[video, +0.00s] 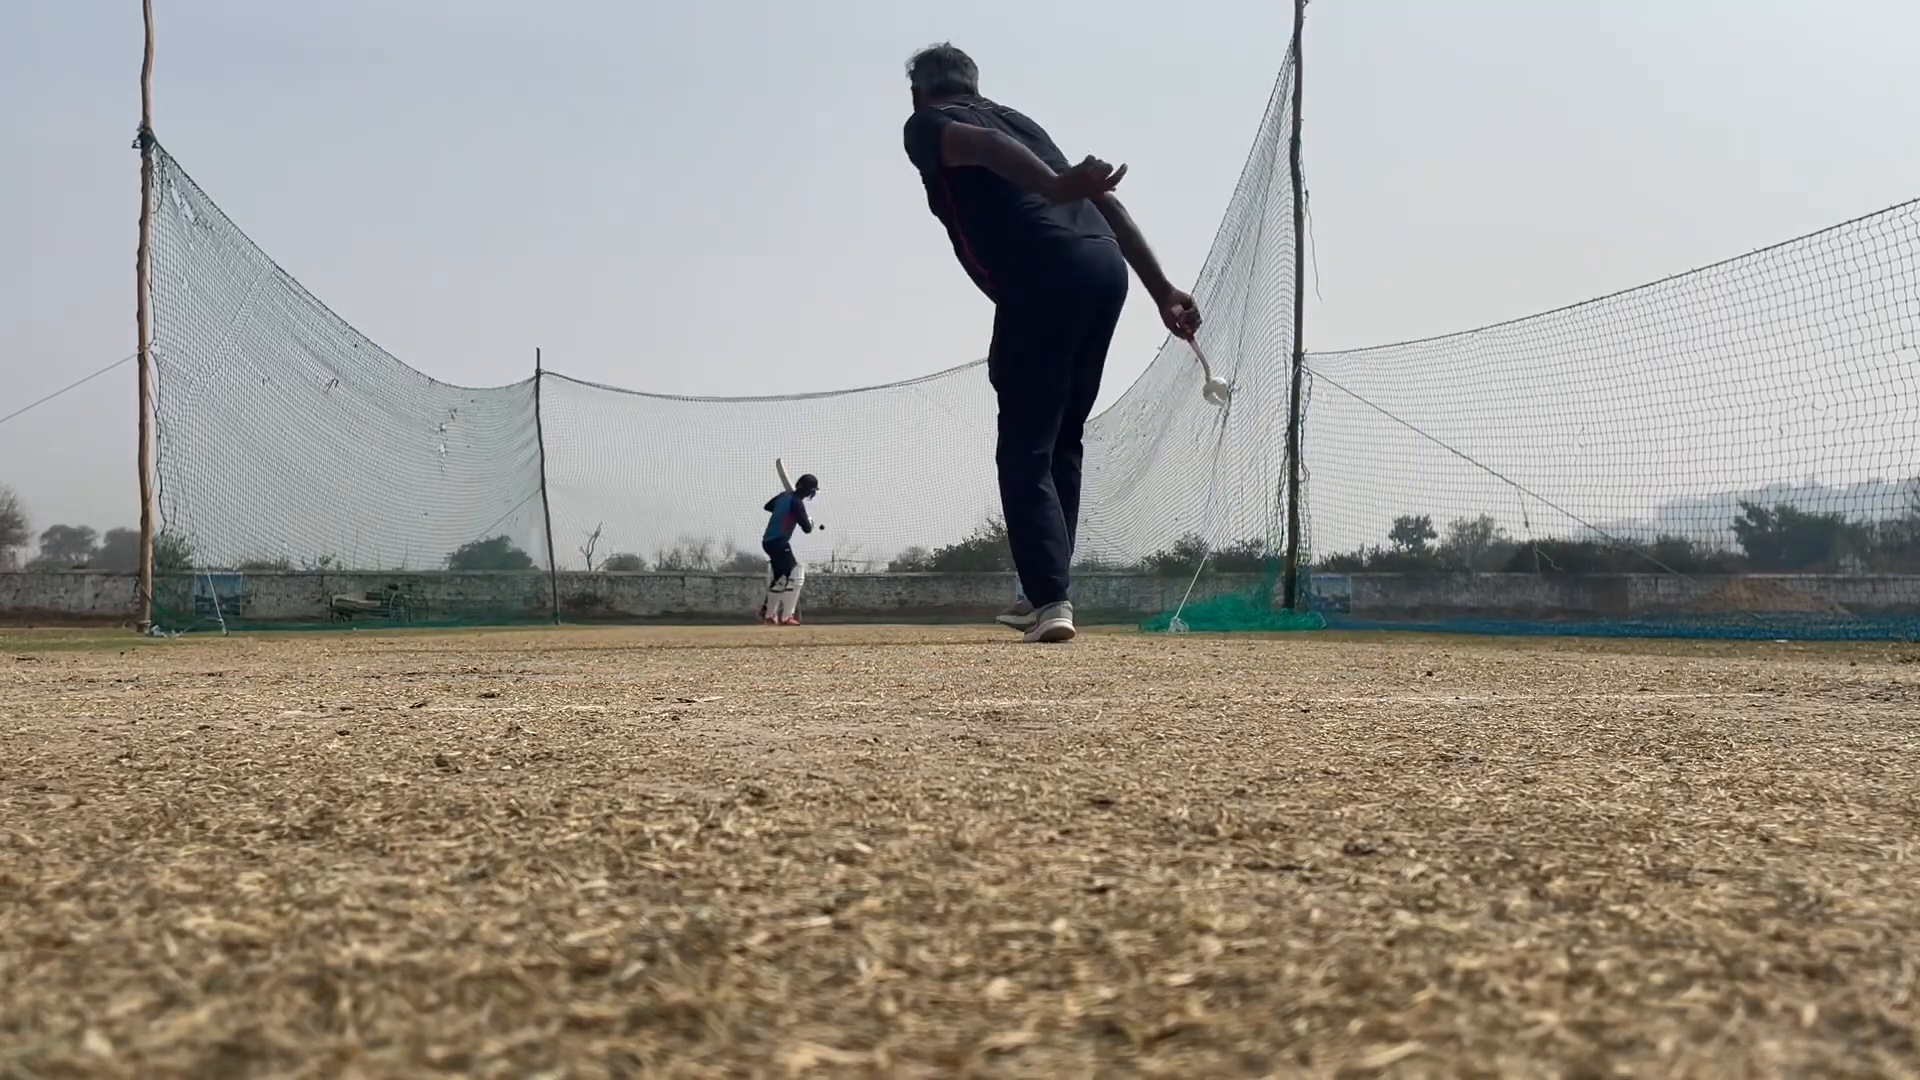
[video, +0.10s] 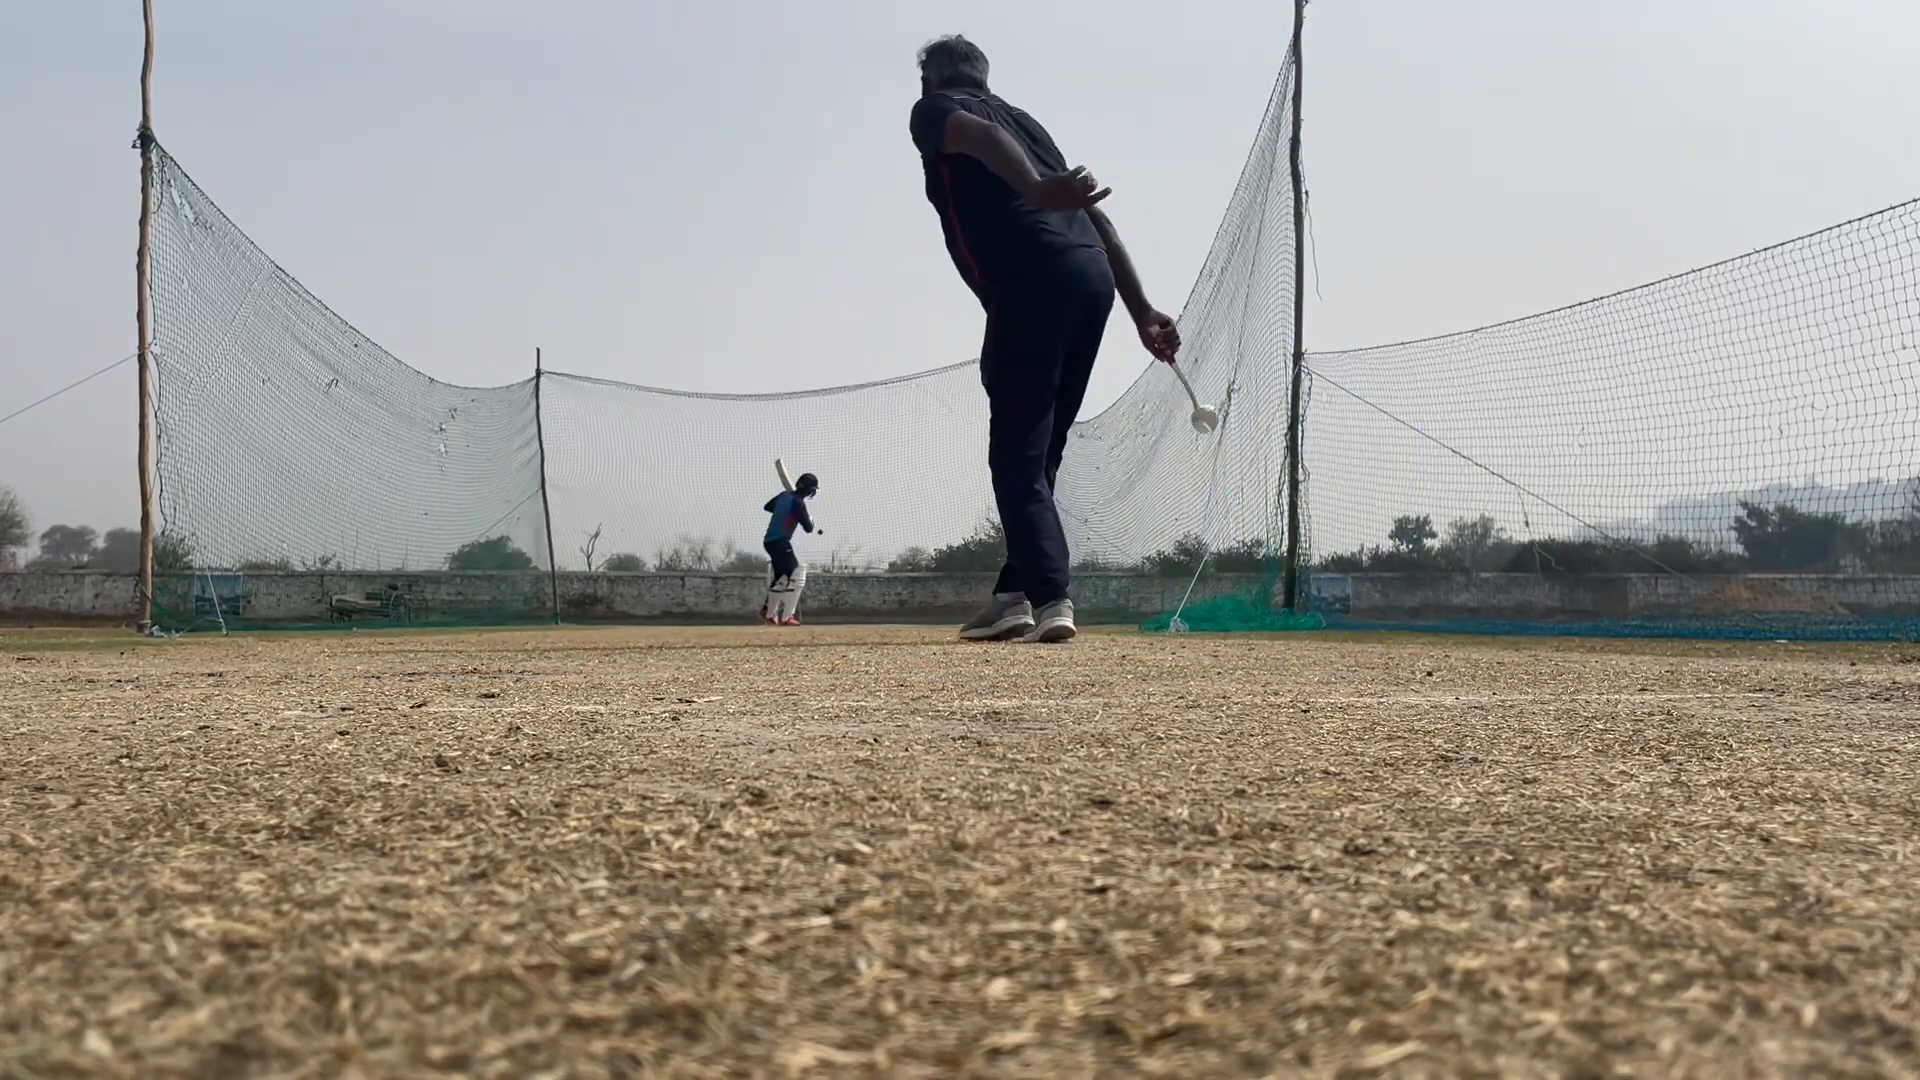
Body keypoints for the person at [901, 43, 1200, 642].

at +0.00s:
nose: (916, 102)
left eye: (915, 94)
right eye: (918, 94)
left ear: (919, 91)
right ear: (974, 86)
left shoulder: (925, 123)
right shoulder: (1022, 124)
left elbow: (986, 146)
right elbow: (1104, 202)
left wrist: (1056, 185)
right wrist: (1162, 288)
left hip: (1042, 275)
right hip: (1105, 270)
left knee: (1024, 447)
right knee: (1064, 440)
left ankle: (1050, 603)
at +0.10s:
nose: (923, 92)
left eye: (923, 82)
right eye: (926, 83)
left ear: (929, 78)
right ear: (982, 79)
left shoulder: (931, 109)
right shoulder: (1026, 124)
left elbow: (983, 134)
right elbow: (1097, 220)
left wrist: (1035, 185)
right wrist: (1142, 309)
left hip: (1031, 281)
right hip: (1092, 280)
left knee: (1015, 450)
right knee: (1042, 449)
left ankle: (1051, 600)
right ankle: (1013, 595)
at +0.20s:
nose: (933, 82)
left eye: (934, 73)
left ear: (939, 71)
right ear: (994, 75)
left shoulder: (945, 101)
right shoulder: (1029, 127)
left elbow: (983, 158)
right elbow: (1079, 231)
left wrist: (995, 244)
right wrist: (1099, 331)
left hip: (1022, 290)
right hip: (1079, 289)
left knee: (1006, 453)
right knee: (1022, 451)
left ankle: (1049, 598)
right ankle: (1008, 599)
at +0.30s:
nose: (940, 79)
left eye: (942, 70)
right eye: (945, 70)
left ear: (948, 67)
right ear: (1004, 74)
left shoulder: (950, 99)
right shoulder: (1029, 121)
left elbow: (972, 181)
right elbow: (1045, 207)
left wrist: (932, 285)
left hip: (1013, 291)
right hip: (1068, 290)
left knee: (997, 452)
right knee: (1015, 450)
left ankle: (1047, 593)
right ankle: (1009, 599)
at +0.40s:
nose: (947, 76)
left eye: (949, 67)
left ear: (954, 64)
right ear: (1010, 70)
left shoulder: (953, 99)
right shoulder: (1040, 125)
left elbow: (954, 192)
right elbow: (1044, 215)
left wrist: (897, 275)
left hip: (1005, 298)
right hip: (1064, 296)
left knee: (987, 455)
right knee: (1009, 453)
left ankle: (1048, 589)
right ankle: (1006, 600)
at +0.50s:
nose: (956, 66)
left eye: (958, 57)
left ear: (961, 56)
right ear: (1018, 64)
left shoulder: (954, 96)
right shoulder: (1049, 125)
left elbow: (943, 189)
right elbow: (1074, 239)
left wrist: (897, 248)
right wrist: (1005, 259)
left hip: (997, 299)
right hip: (1059, 300)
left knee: (983, 450)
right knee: (1015, 448)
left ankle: (1044, 584)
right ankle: (1007, 597)